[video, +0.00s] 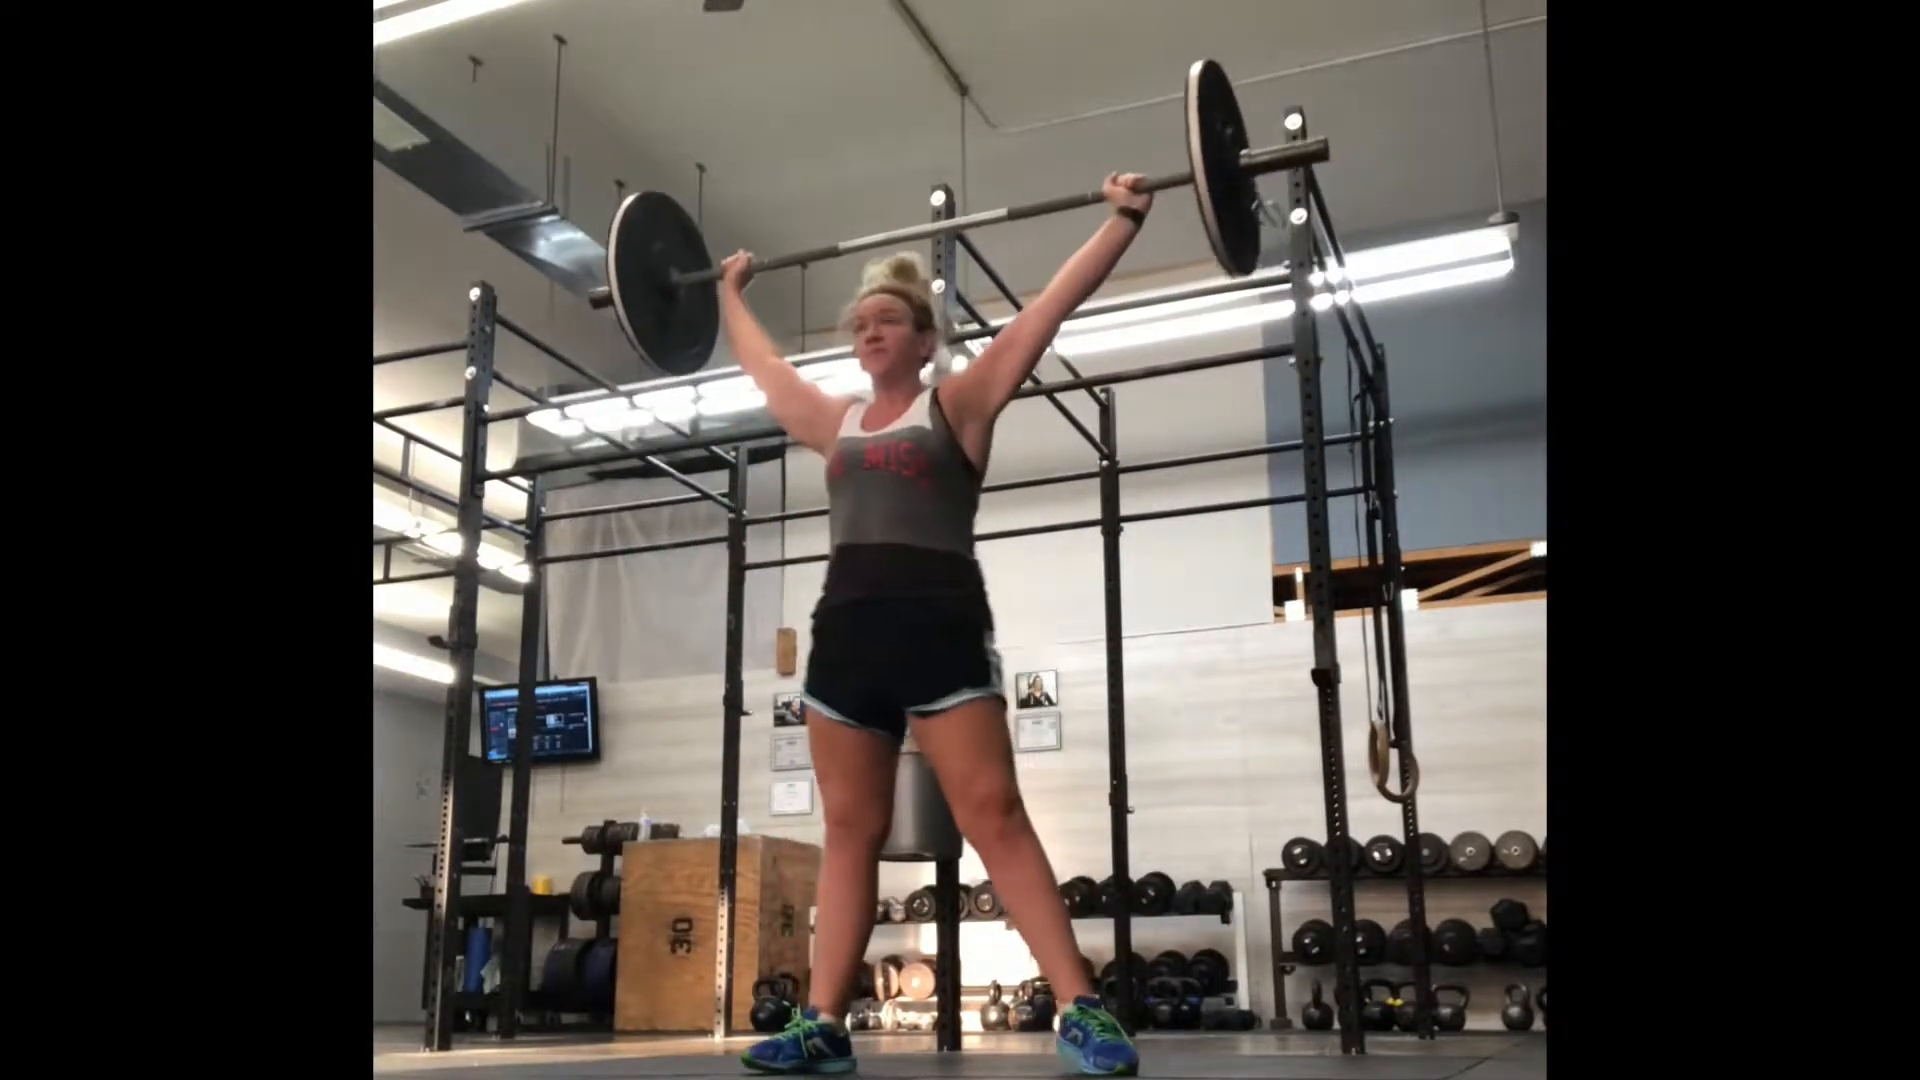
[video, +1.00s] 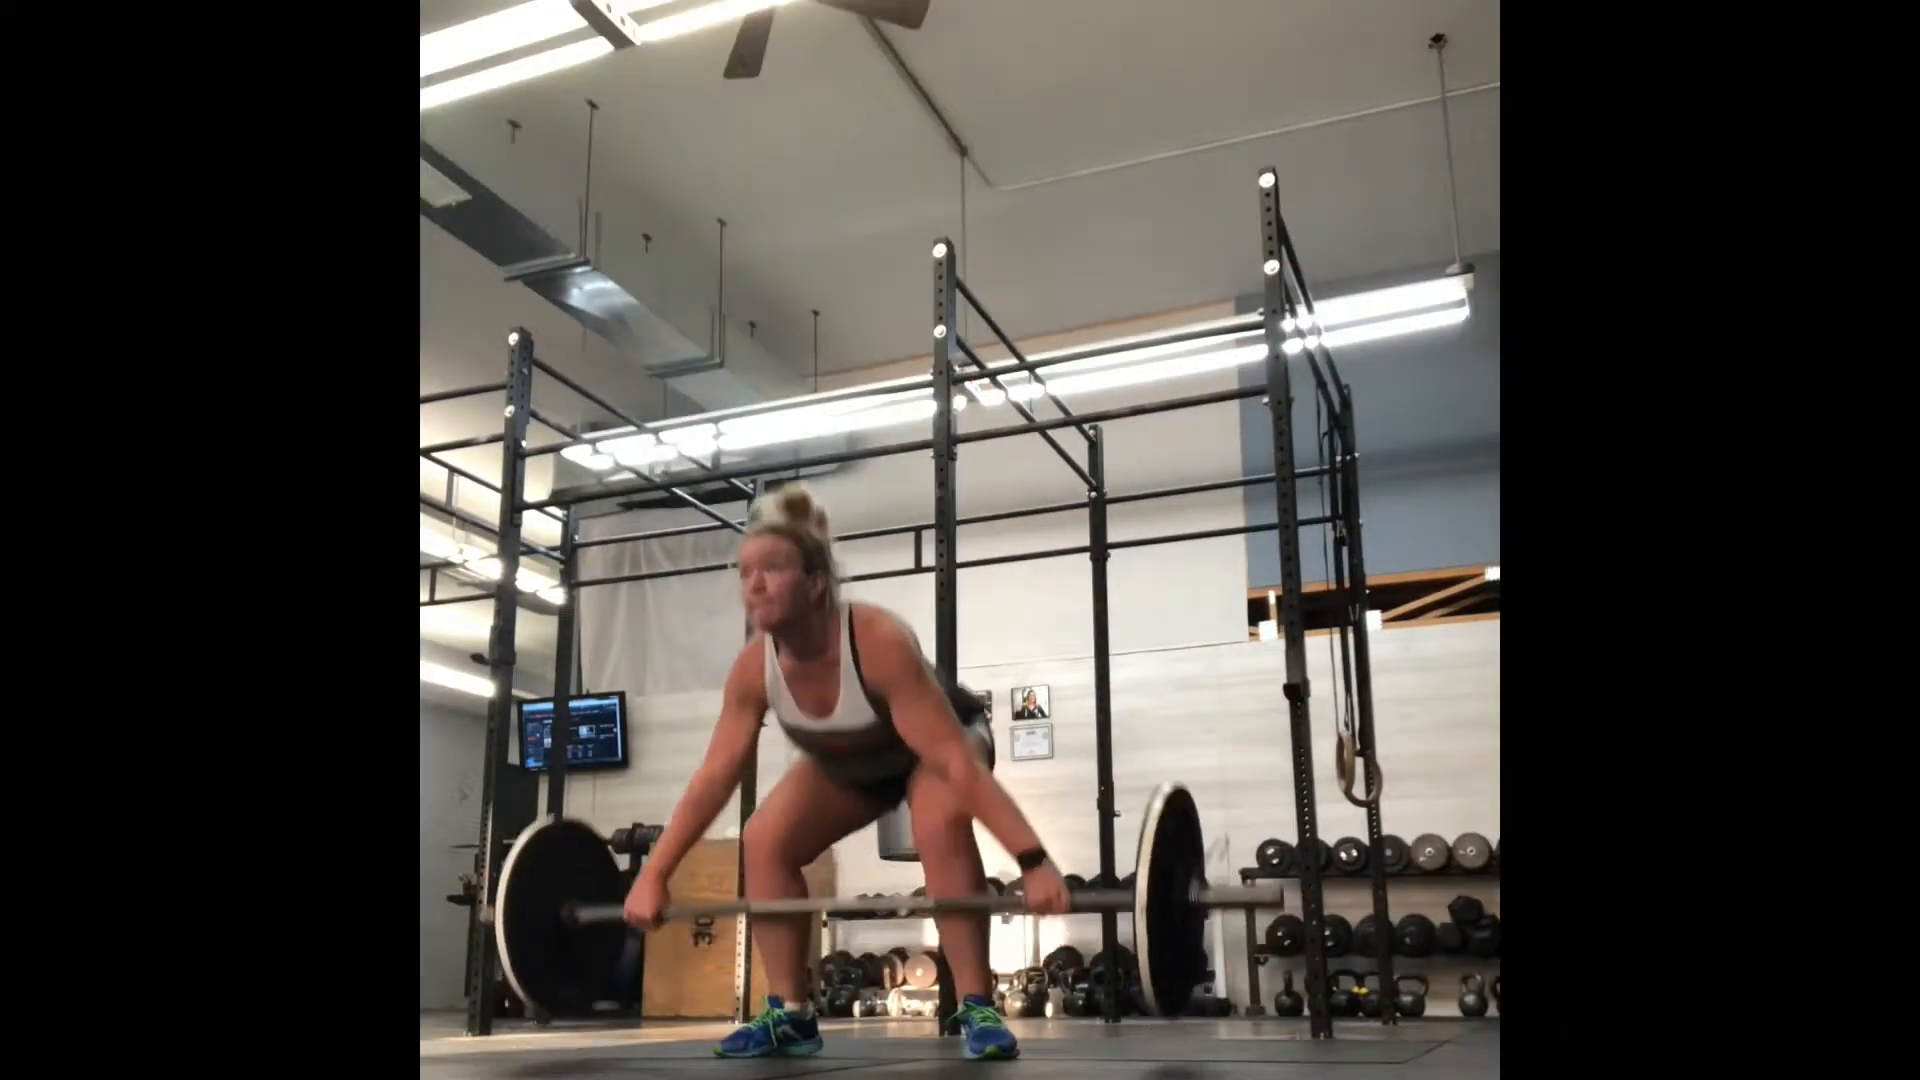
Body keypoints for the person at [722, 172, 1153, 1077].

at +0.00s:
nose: (872, 334)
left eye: (888, 322)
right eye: (862, 325)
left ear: (924, 335)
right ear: (851, 341)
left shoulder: (960, 400)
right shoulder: (838, 423)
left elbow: (1047, 309)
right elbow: (767, 368)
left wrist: (1122, 219)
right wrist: (728, 291)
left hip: (942, 631)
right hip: (845, 637)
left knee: (994, 815)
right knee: (847, 830)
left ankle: (1075, 1004)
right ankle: (821, 1021)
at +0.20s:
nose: (875, 341)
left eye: (890, 329)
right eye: (864, 331)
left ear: (926, 340)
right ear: (853, 344)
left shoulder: (960, 407)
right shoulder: (840, 423)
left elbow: (1046, 324)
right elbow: (766, 370)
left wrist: (1120, 229)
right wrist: (726, 293)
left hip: (939, 633)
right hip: (844, 640)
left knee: (961, 831)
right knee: (848, 836)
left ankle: (1003, 1008)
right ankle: (820, 1022)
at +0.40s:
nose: (754, 616)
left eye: (772, 601)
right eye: (746, 604)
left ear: (817, 616)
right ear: (740, 618)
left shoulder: (877, 675)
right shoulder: (754, 701)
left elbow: (962, 796)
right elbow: (718, 818)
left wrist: (1039, 899)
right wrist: (663, 914)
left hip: (923, 790)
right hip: (840, 802)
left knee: (941, 834)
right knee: (739, 847)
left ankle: (972, 1007)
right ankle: (793, 1014)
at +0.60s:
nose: (752, 619)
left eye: (772, 603)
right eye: (745, 607)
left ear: (817, 619)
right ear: (739, 620)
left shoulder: (877, 680)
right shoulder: (753, 704)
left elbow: (963, 796)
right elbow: (715, 820)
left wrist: (1041, 898)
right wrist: (657, 915)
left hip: (921, 796)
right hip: (838, 808)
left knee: (942, 835)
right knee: (737, 848)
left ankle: (972, 1006)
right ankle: (793, 1014)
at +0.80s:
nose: (756, 619)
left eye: (775, 604)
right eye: (749, 607)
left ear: (819, 621)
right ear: (744, 622)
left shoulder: (878, 685)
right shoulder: (753, 708)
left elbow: (963, 799)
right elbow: (713, 821)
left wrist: (1040, 902)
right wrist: (654, 917)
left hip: (919, 803)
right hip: (837, 814)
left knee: (939, 835)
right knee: (735, 848)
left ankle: (971, 1006)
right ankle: (792, 1012)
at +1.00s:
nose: (754, 584)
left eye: (772, 569)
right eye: (746, 571)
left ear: (815, 583)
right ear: (739, 580)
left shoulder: (878, 641)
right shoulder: (754, 668)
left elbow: (955, 761)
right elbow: (717, 774)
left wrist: (1034, 859)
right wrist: (654, 870)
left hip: (933, 749)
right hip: (847, 764)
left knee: (939, 824)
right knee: (764, 840)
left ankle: (977, 1006)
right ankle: (790, 1012)